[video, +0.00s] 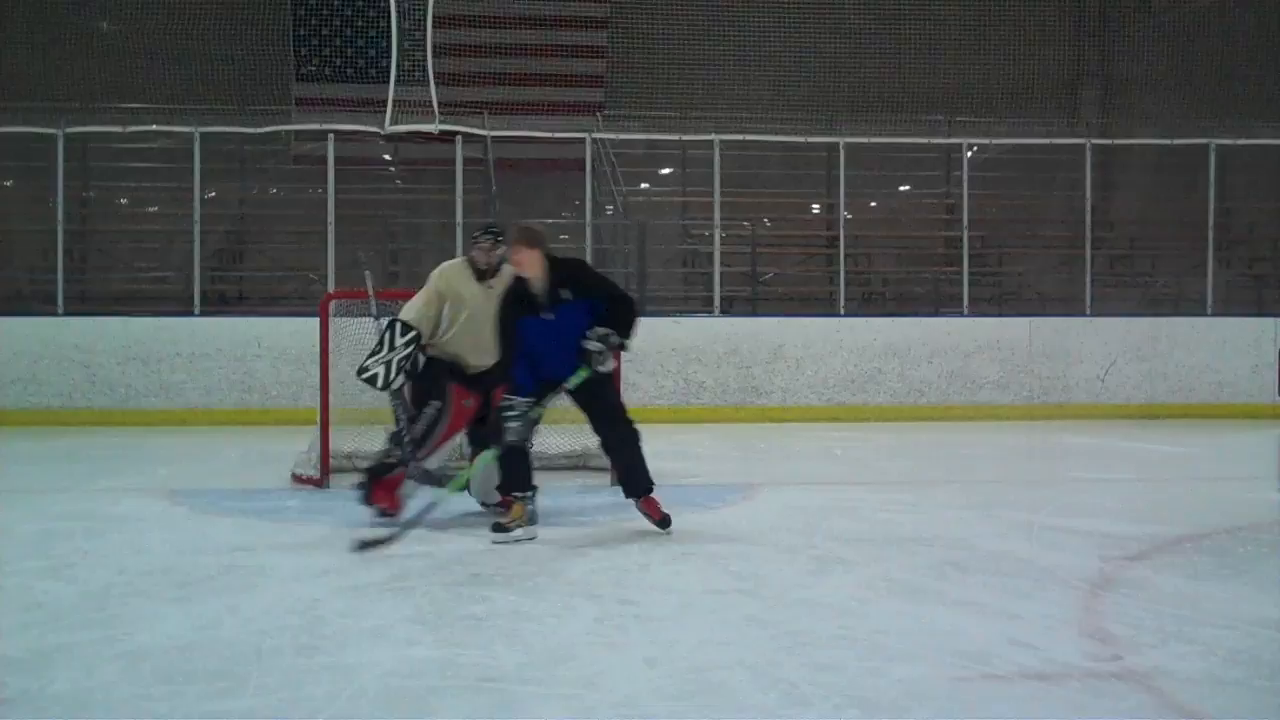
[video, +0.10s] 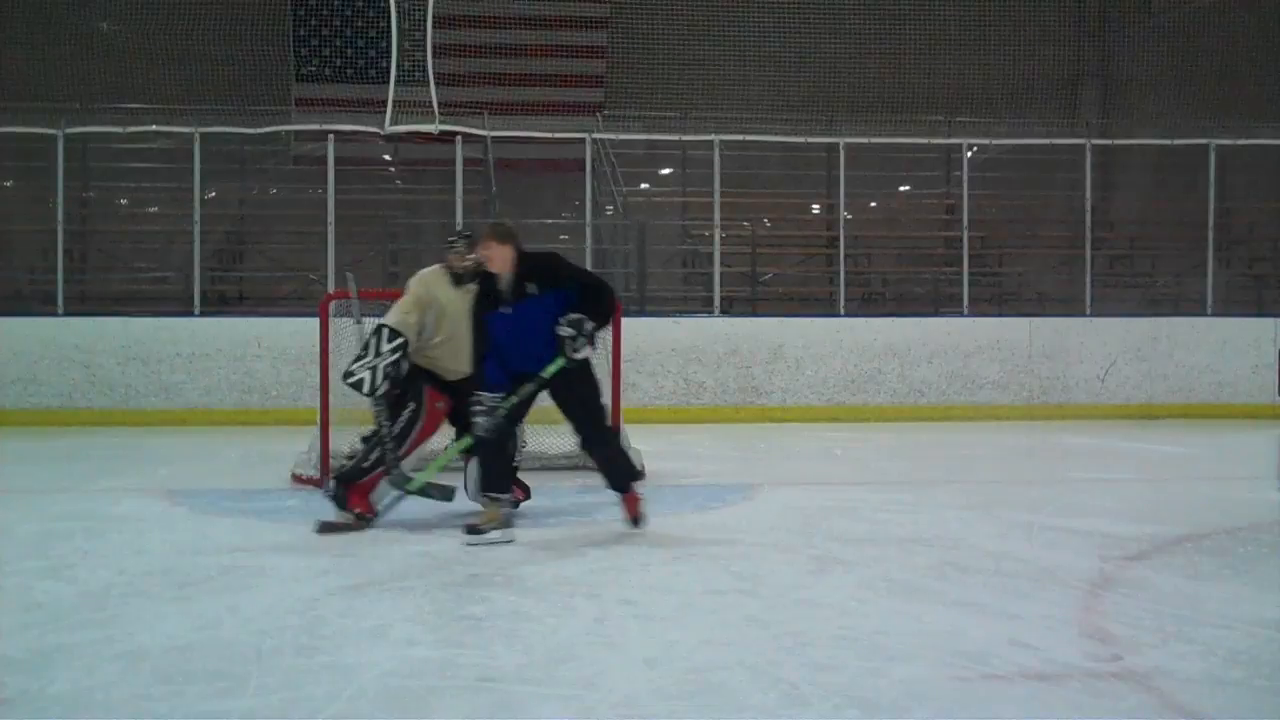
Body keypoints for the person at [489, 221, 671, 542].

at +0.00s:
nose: (514, 260)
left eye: (519, 252)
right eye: (511, 254)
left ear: (536, 251)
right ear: (511, 259)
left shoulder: (573, 273)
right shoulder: (513, 298)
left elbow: (623, 305)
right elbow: (511, 352)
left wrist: (610, 340)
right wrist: (514, 393)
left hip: (582, 368)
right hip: (536, 376)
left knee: (617, 428)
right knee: (512, 432)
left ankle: (642, 496)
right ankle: (519, 504)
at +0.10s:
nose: (484, 258)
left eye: (490, 250)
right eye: (481, 252)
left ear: (509, 249)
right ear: (480, 256)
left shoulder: (547, 268)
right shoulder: (485, 295)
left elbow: (602, 295)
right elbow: (484, 352)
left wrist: (585, 324)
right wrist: (487, 396)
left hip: (563, 363)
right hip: (516, 373)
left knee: (593, 432)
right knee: (493, 431)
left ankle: (627, 490)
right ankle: (496, 505)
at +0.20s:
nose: (464, 255)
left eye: (469, 246)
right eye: (461, 249)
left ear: (489, 245)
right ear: (460, 253)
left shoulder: (524, 266)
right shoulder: (465, 291)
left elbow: (584, 289)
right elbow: (466, 350)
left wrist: (567, 318)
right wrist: (462, 394)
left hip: (547, 364)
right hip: (501, 373)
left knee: (553, 435)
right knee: (473, 432)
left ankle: (595, 493)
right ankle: (471, 506)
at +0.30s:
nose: (450, 253)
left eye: (456, 246)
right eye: (444, 249)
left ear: (473, 246)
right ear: (441, 255)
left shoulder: (505, 269)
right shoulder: (447, 292)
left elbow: (566, 293)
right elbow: (444, 350)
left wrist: (549, 320)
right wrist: (438, 396)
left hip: (525, 367)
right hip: (481, 375)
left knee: (515, 437)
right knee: (447, 429)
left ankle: (551, 510)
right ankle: (444, 508)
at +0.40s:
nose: (432, 254)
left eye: (438, 247)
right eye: (426, 249)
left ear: (455, 247)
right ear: (422, 255)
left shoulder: (489, 272)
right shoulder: (428, 291)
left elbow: (549, 300)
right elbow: (425, 348)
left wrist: (533, 328)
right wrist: (420, 395)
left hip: (499, 375)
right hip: (454, 379)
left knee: (483, 441)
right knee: (417, 432)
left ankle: (518, 517)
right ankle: (415, 507)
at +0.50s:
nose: (411, 255)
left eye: (417, 247)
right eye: (405, 249)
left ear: (435, 247)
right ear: (401, 254)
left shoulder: (467, 274)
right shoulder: (404, 291)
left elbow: (524, 299)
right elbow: (399, 347)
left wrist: (513, 329)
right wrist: (394, 394)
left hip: (474, 378)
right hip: (430, 383)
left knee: (454, 445)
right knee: (392, 436)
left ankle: (496, 521)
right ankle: (388, 508)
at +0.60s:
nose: (386, 255)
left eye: (393, 247)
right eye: (380, 248)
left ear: (410, 247)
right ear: (374, 253)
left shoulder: (440, 276)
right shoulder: (375, 292)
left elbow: (498, 301)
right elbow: (370, 350)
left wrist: (485, 329)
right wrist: (367, 396)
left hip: (446, 380)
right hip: (400, 386)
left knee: (429, 448)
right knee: (362, 444)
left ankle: (476, 521)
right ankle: (351, 507)